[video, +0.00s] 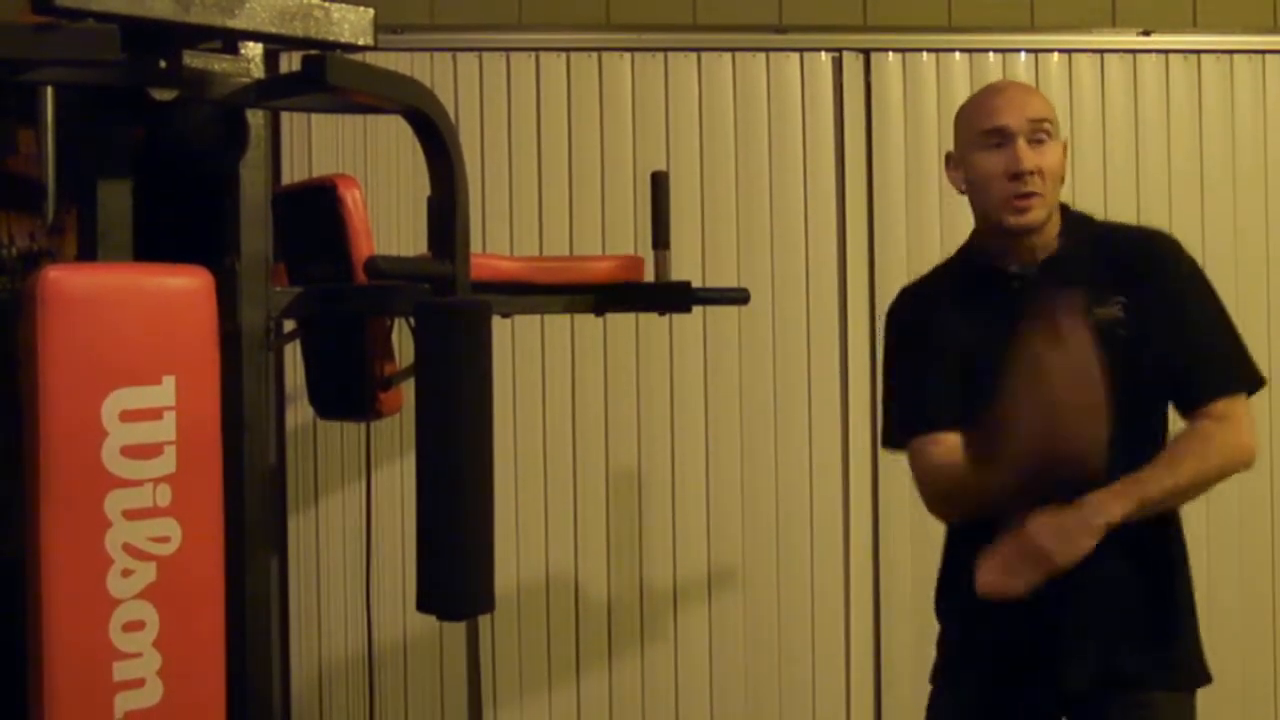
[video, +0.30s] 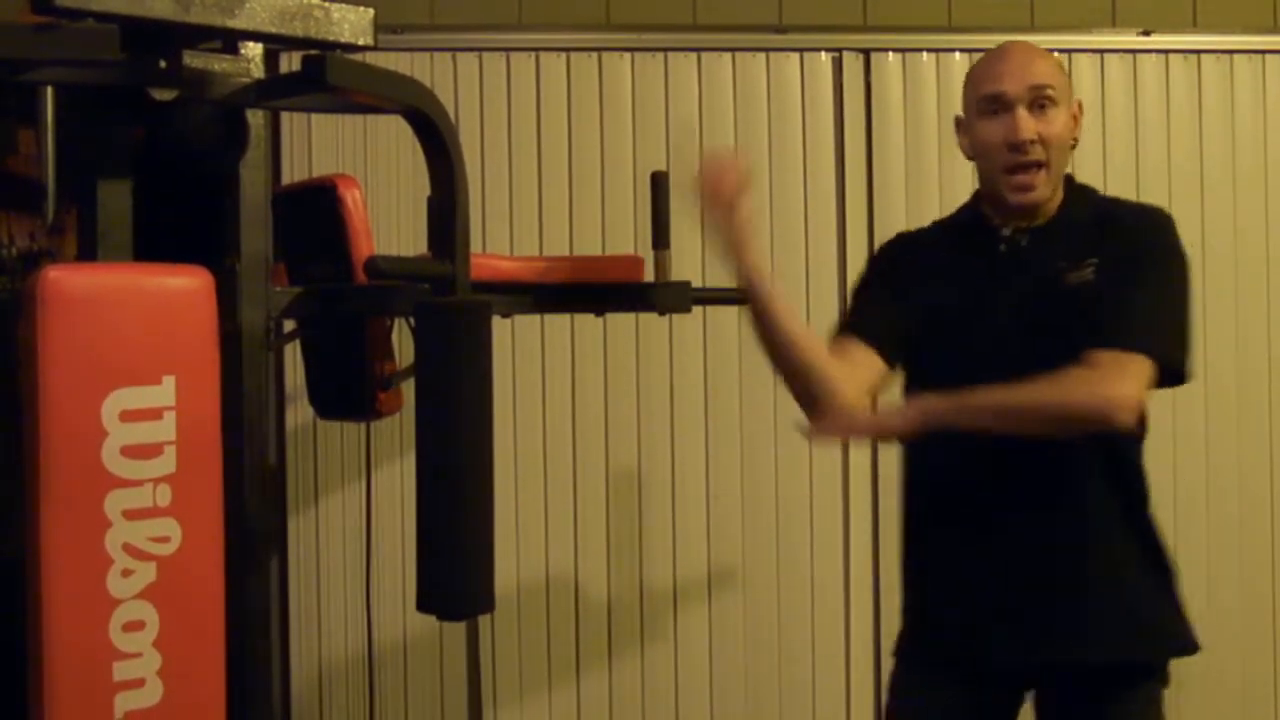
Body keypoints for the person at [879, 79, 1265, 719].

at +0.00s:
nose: (1023, 160)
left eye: (1040, 137)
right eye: (995, 142)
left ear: (1062, 156)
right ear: (957, 172)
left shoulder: (1147, 265)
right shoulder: (923, 310)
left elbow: (1231, 434)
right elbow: (943, 492)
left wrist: (1097, 512)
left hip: (1134, 646)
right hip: (992, 657)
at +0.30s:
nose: (1022, 131)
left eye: (1042, 104)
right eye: (996, 110)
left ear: (1075, 121)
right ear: (964, 136)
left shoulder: (1135, 236)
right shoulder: (913, 260)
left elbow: (1114, 396)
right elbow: (835, 398)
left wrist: (915, 412)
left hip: (1102, 617)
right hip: (954, 619)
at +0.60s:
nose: (943, 123)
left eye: (963, 99)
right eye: (917, 105)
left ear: (1001, 119)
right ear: (892, 135)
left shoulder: (1077, 227)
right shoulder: (857, 244)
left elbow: (1062, 359)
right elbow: (783, 317)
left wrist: (874, 349)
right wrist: (938, 211)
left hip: (1038, 614)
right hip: (888, 616)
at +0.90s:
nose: (1025, 126)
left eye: (1045, 104)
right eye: (997, 107)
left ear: (1074, 132)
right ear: (961, 143)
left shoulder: (1144, 268)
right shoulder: (906, 272)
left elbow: (1156, 481)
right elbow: (750, 376)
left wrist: (1088, 663)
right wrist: (901, 382)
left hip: (1100, 661)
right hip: (944, 654)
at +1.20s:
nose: (1089, 139)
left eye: (1098, 113)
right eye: (1059, 119)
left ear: (1115, 116)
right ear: (998, 137)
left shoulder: (1177, 249)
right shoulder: (940, 274)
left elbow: (1255, 430)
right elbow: (859, 468)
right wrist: (880, 342)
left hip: (1140, 643)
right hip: (979, 645)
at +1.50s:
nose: (1053, 124)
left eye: (1057, 97)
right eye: (1021, 105)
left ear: (1069, 101)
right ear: (957, 130)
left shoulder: (1132, 230)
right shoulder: (908, 252)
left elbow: (1189, 418)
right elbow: (850, 415)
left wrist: (1186, 603)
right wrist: (857, 230)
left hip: (1107, 626)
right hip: (948, 628)